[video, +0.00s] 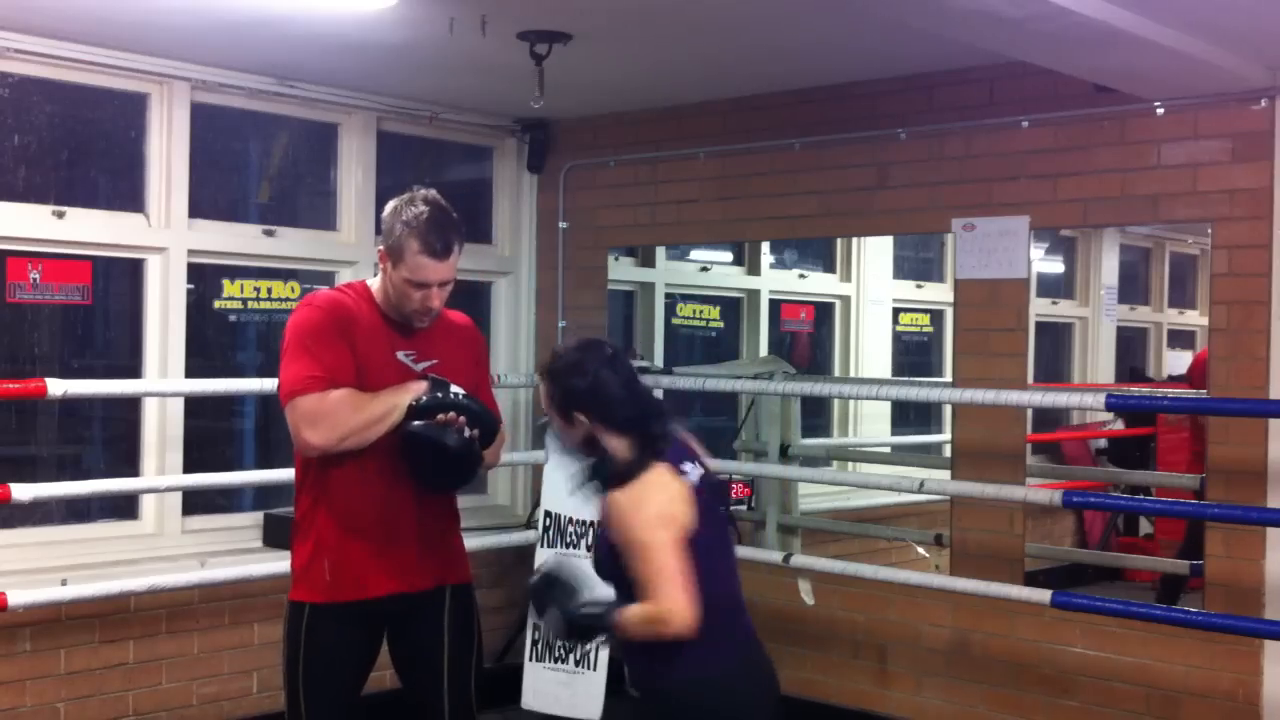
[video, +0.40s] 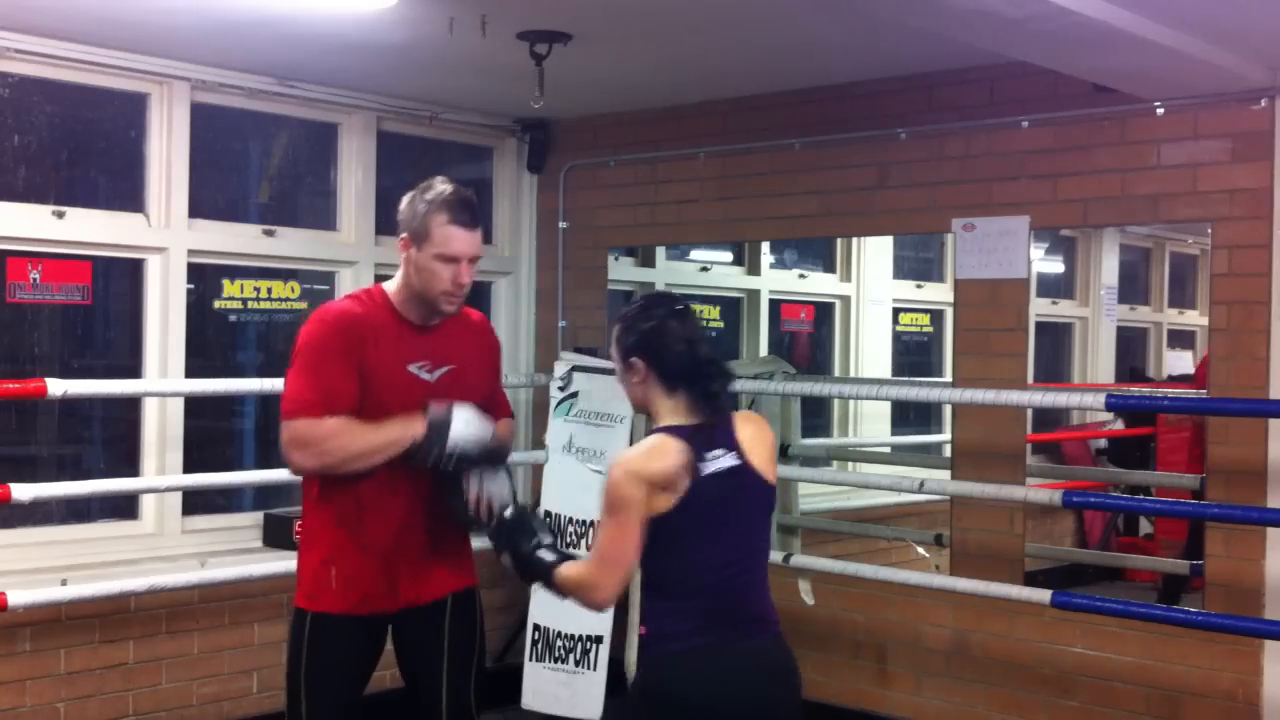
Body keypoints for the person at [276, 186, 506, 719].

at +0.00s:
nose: (436, 300)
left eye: (446, 285)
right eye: (421, 285)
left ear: (455, 267)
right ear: (384, 263)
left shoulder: (462, 334)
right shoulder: (323, 315)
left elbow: (495, 442)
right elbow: (315, 429)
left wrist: (464, 441)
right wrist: (420, 390)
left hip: (437, 578)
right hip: (336, 582)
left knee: (452, 709)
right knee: (319, 713)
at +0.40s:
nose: (463, 278)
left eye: (472, 262)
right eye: (447, 261)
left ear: (480, 256)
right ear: (406, 250)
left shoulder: (477, 335)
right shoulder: (337, 327)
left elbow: (502, 421)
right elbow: (304, 446)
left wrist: (484, 456)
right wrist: (428, 425)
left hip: (442, 578)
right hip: (342, 581)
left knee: (452, 709)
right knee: (319, 712)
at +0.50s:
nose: (480, 274)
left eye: (488, 259)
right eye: (465, 255)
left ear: (494, 257)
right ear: (421, 247)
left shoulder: (492, 338)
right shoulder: (344, 331)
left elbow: (502, 431)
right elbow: (277, 440)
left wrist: (501, 511)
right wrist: (399, 483)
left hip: (442, 585)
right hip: (338, 582)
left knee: (448, 709)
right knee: (307, 711)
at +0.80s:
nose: (431, 264)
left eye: (439, 249)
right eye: (416, 244)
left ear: (444, 253)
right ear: (370, 241)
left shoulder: (446, 342)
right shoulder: (290, 334)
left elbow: (483, 430)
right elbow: (224, 442)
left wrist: (485, 477)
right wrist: (329, 469)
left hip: (400, 587)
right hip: (297, 583)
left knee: (419, 711)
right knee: (263, 711)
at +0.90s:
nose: (392, 262)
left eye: (399, 247)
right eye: (377, 243)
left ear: (404, 249)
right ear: (330, 240)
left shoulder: (408, 335)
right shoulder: (260, 334)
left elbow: (456, 437)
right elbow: (233, 451)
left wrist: (474, 413)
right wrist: (327, 393)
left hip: (376, 584)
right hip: (273, 588)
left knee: (407, 710)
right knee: (250, 711)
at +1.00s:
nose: (364, 257)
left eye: (370, 243)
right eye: (348, 240)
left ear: (378, 243)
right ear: (300, 237)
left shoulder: (383, 329)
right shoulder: (239, 326)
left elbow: (454, 417)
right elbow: (245, 434)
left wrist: (455, 337)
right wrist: (308, 337)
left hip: (359, 577)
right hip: (257, 579)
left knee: (396, 710)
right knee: (242, 712)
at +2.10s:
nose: (307, 260)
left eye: (314, 246)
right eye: (292, 245)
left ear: (321, 242)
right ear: (246, 239)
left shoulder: (333, 324)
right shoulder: (193, 324)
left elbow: (386, 421)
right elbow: (180, 414)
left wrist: (396, 372)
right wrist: (253, 318)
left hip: (344, 577)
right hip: (242, 585)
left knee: (375, 709)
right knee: (238, 713)